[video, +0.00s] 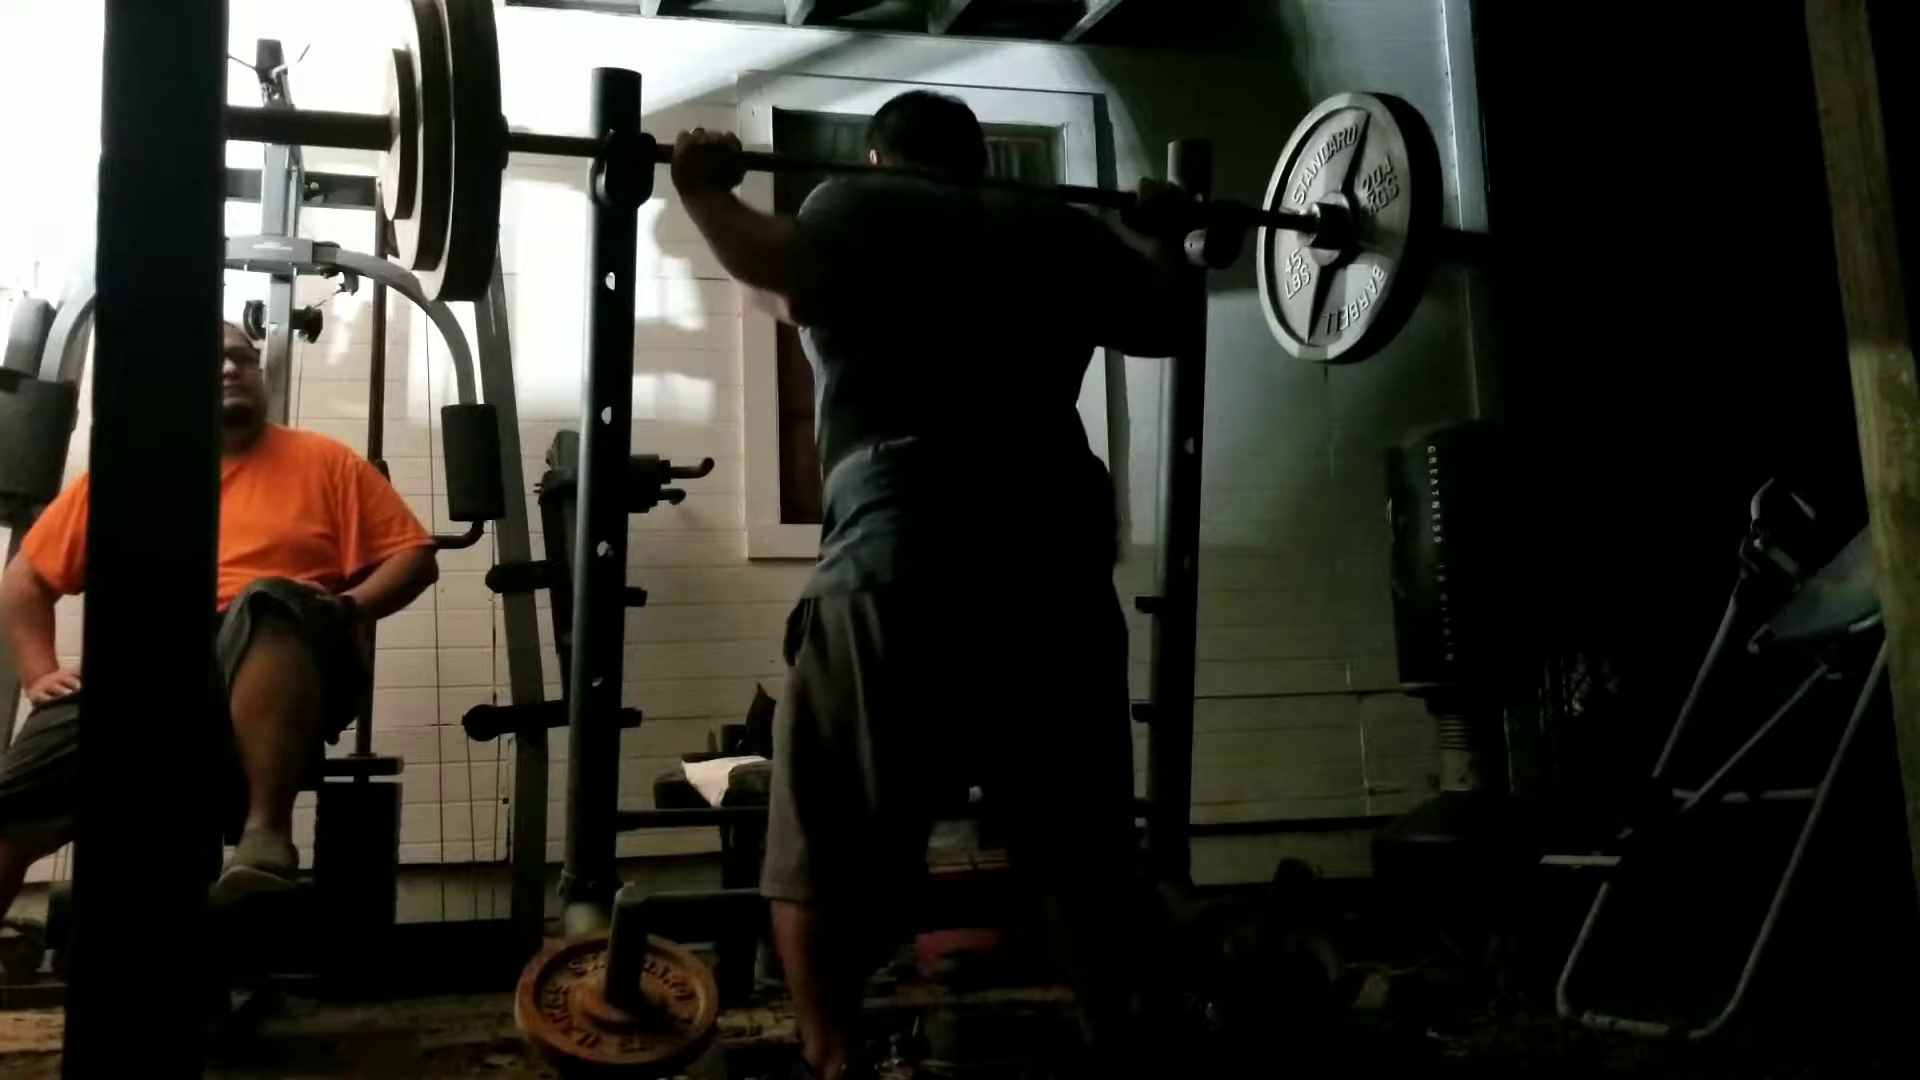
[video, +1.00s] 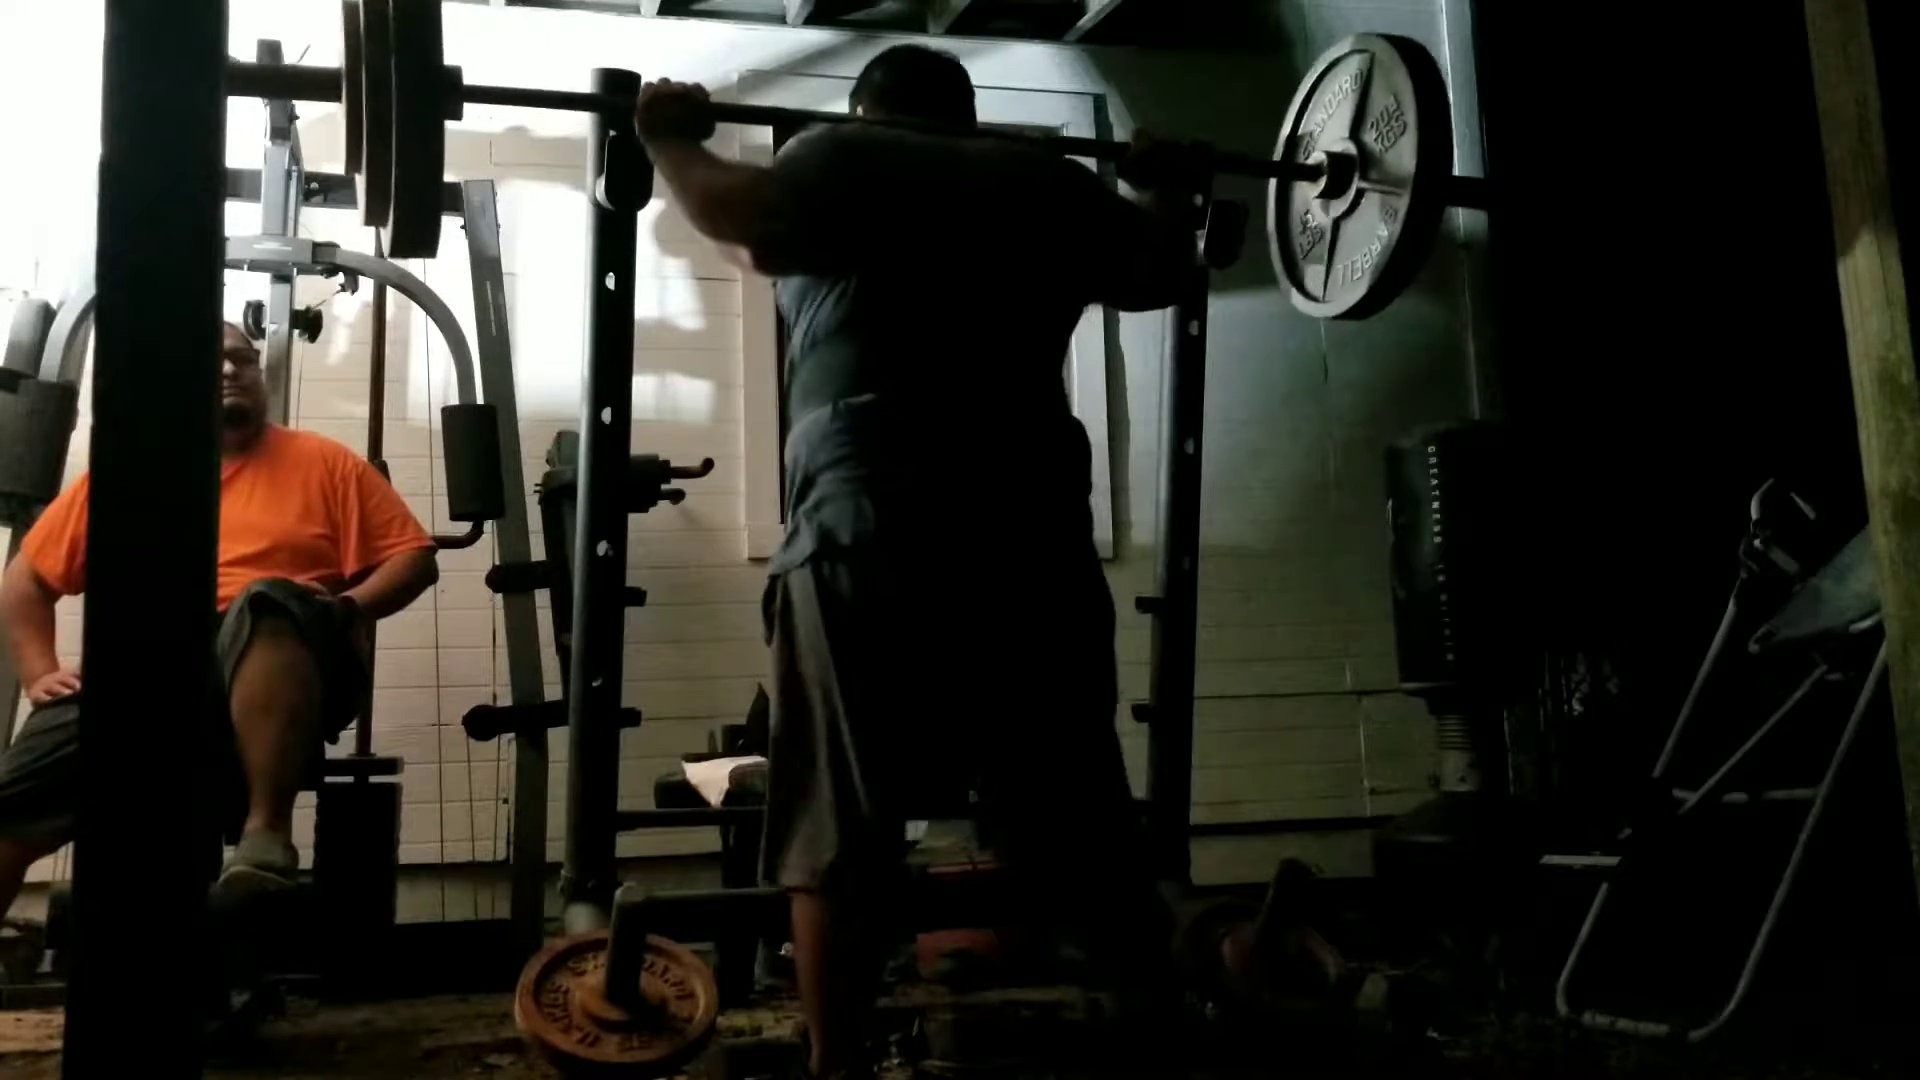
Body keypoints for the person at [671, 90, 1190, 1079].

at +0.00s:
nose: (861, 174)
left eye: (867, 159)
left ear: (876, 158)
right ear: (984, 162)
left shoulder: (848, 210)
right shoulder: (1057, 232)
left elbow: (777, 267)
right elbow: (1175, 320)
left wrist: (705, 188)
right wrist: (1161, 234)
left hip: (894, 558)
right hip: (1056, 558)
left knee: (823, 828)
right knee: (1083, 831)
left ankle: (829, 1055)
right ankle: (1123, 1040)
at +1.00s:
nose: (846, 127)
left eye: (853, 115)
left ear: (862, 113)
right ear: (972, 117)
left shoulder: (832, 156)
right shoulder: (1047, 186)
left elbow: (738, 212)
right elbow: (1174, 268)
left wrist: (671, 138)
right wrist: (1157, 182)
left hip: (863, 535)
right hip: (1035, 530)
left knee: (835, 817)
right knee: (1072, 799)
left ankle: (834, 1056)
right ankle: (1144, 1037)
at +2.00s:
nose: (966, 44)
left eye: (969, 32)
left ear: (975, 42)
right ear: (1086, 41)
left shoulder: (937, 111)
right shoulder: (1171, 133)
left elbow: (857, 166)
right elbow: (1310, 228)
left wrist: (776, 70)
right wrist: (1302, 138)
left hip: (1000, 493)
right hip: (1176, 494)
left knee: (955, 804)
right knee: (1178, 809)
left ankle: (958, 1056)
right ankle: (1179, 1053)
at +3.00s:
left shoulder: (966, 40)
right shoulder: (1217, 66)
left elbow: (904, 138)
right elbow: (1362, 174)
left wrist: (775, 29)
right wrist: (1337, 79)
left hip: (1025, 463)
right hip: (1222, 467)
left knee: (977, 842)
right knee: (1243, 830)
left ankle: (978, 1066)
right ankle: (1282, 1060)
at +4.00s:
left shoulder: (952, 58)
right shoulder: (1206, 76)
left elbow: (854, 143)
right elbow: (1348, 168)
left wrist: (758, 43)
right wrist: (1331, 75)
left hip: (1012, 479)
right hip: (1211, 475)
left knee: (955, 854)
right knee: (1253, 834)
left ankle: (956, 1069)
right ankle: (1285, 1063)